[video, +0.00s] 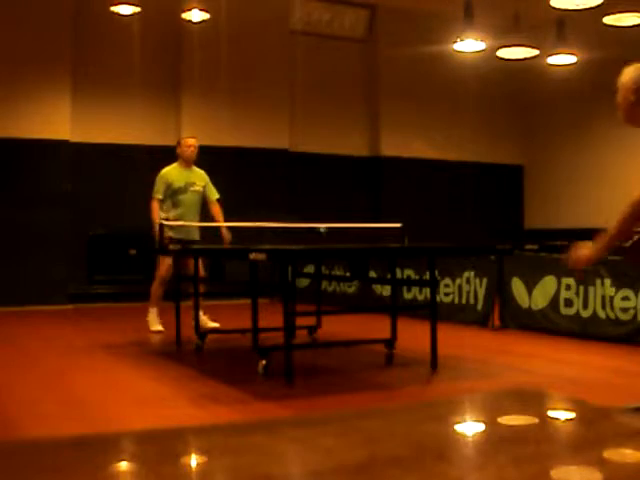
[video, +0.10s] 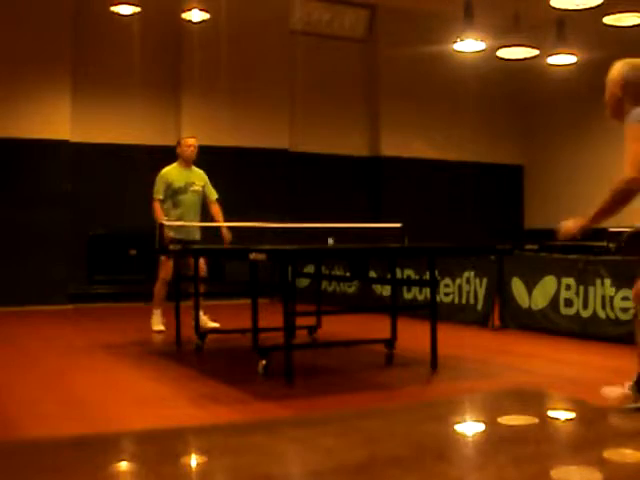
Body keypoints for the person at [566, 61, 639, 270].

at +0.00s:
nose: (617, 99)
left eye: (620, 91)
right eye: (618, 91)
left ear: (634, 94)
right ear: (629, 92)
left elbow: (635, 207)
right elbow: (635, 208)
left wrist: (597, 249)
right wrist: (598, 248)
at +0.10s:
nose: (606, 99)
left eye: (609, 90)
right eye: (607, 90)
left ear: (624, 90)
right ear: (630, 89)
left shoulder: (637, 119)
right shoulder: (635, 120)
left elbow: (632, 179)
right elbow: (631, 180)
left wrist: (587, 221)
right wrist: (590, 221)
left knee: (638, 294)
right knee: (637, 294)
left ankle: (637, 383)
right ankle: (636, 382)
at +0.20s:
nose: (599, 88)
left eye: (604, 80)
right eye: (601, 80)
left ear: (618, 84)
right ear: (629, 84)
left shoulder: (629, 111)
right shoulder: (633, 112)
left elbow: (621, 164)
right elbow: (623, 167)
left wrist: (576, 215)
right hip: (639, 235)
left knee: (626, 297)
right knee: (626, 297)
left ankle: (635, 385)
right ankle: (634, 384)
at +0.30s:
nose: (595, 82)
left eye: (598, 75)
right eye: (596, 75)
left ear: (609, 77)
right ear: (629, 77)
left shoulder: (619, 106)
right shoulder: (632, 106)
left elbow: (617, 156)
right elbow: (617, 161)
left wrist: (578, 208)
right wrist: (579, 208)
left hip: (636, 232)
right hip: (633, 232)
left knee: (626, 299)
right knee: (617, 294)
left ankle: (634, 385)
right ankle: (633, 384)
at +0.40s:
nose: (591, 74)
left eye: (593, 68)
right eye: (593, 67)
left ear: (602, 70)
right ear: (625, 72)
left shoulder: (607, 101)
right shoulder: (631, 101)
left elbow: (610, 149)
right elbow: (618, 155)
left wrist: (584, 203)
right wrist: (593, 206)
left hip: (625, 217)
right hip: (631, 217)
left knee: (607, 300)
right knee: (616, 300)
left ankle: (635, 384)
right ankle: (633, 384)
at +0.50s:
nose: (584, 70)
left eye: (586, 65)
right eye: (586, 65)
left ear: (593, 67)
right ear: (620, 68)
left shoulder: (597, 98)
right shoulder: (632, 99)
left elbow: (600, 146)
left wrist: (582, 200)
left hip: (613, 209)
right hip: (635, 208)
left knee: (589, 297)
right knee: (620, 297)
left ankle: (630, 378)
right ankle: (628, 381)